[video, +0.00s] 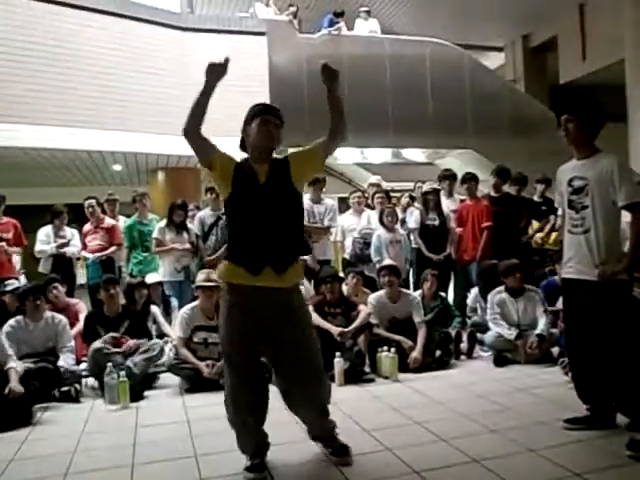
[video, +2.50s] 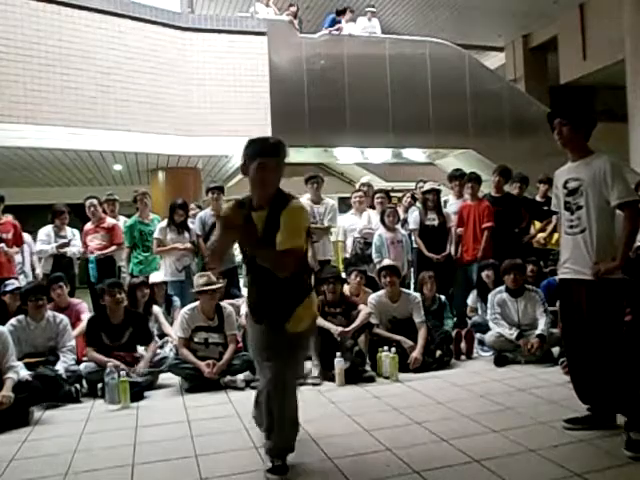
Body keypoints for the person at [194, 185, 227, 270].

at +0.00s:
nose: (214, 197)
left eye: (216, 193)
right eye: (211, 193)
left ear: (220, 195)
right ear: (206, 197)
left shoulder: (224, 214)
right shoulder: (201, 216)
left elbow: (227, 242)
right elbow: (198, 238)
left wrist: (215, 258)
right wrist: (205, 257)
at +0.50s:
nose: (214, 197)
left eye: (216, 194)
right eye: (211, 194)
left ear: (221, 196)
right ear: (206, 197)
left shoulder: (230, 216)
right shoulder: (200, 217)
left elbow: (232, 239)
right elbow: (199, 239)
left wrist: (216, 257)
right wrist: (206, 258)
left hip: (226, 265)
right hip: (207, 264)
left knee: (232, 298)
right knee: (208, 298)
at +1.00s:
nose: (214, 197)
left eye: (217, 194)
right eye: (211, 194)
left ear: (221, 196)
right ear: (207, 197)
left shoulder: (231, 216)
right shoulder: (201, 216)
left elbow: (232, 239)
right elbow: (199, 238)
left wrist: (216, 257)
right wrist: (206, 258)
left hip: (227, 264)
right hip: (208, 265)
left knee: (232, 298)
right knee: (208, 298)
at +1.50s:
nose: (214, 197)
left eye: (217, 194)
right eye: (212, 193)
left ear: (222, 196)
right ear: (207, 196)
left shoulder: (231, 216)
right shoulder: (201, 216)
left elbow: (233, 239)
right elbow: (199, 238)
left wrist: (216, 257)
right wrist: (207, 257)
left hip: (225, 262)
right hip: (206, 262)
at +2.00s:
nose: (215, 197)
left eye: (217, 194)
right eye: (212, 194)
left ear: (222, 196)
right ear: (208, 197)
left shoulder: (231, 216)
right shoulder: (201, 217)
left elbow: (233, 239)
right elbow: (199, 238)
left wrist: (217, 257)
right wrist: (207, 257)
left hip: (227, 264)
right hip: (208, 264)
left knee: (232, 298)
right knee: (209, 298)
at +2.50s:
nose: (215, 197)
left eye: (218, 193)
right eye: (212, 193)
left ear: (222, 196)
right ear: (207, 196)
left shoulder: (227, 215)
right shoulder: (202, 216)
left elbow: (232, 236)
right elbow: (199, 237)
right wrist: (206, 255)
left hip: (228, 261)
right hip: (211, 262)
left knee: (233, 295)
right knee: (211, 296)